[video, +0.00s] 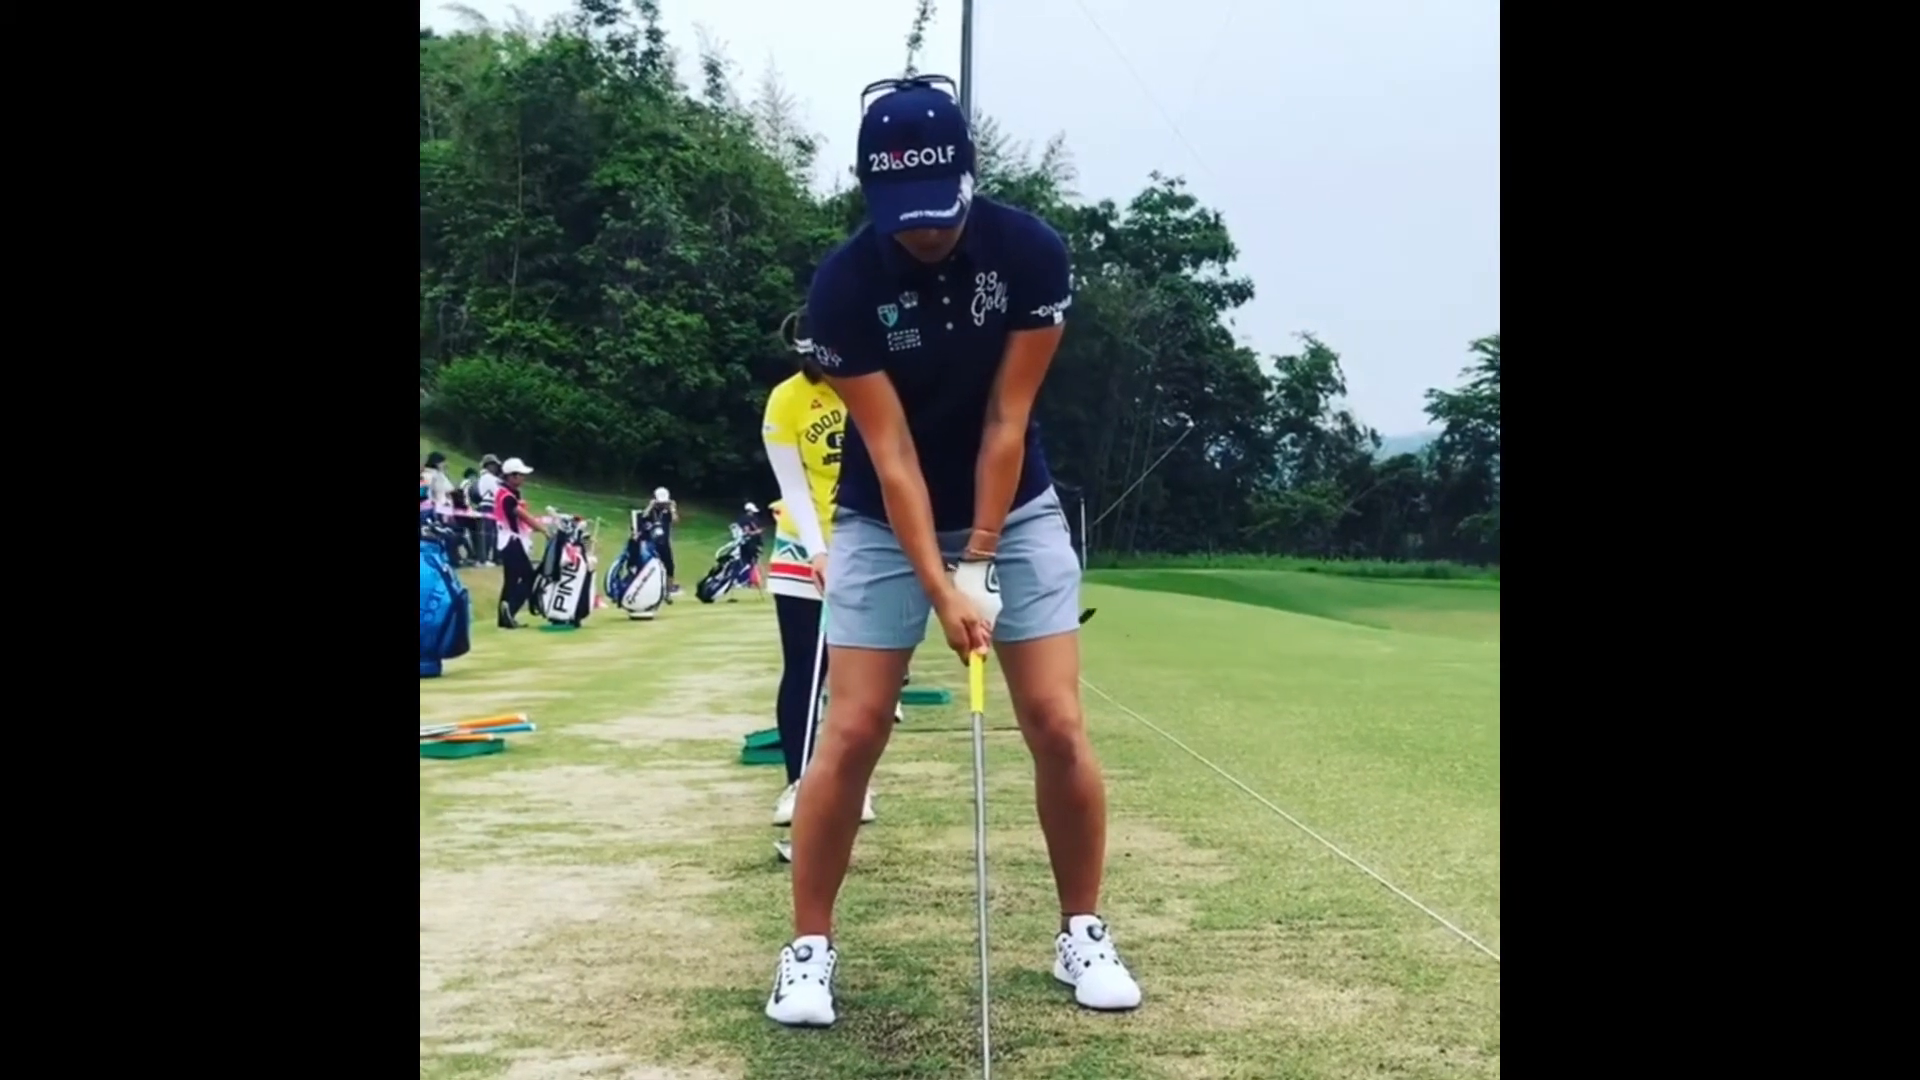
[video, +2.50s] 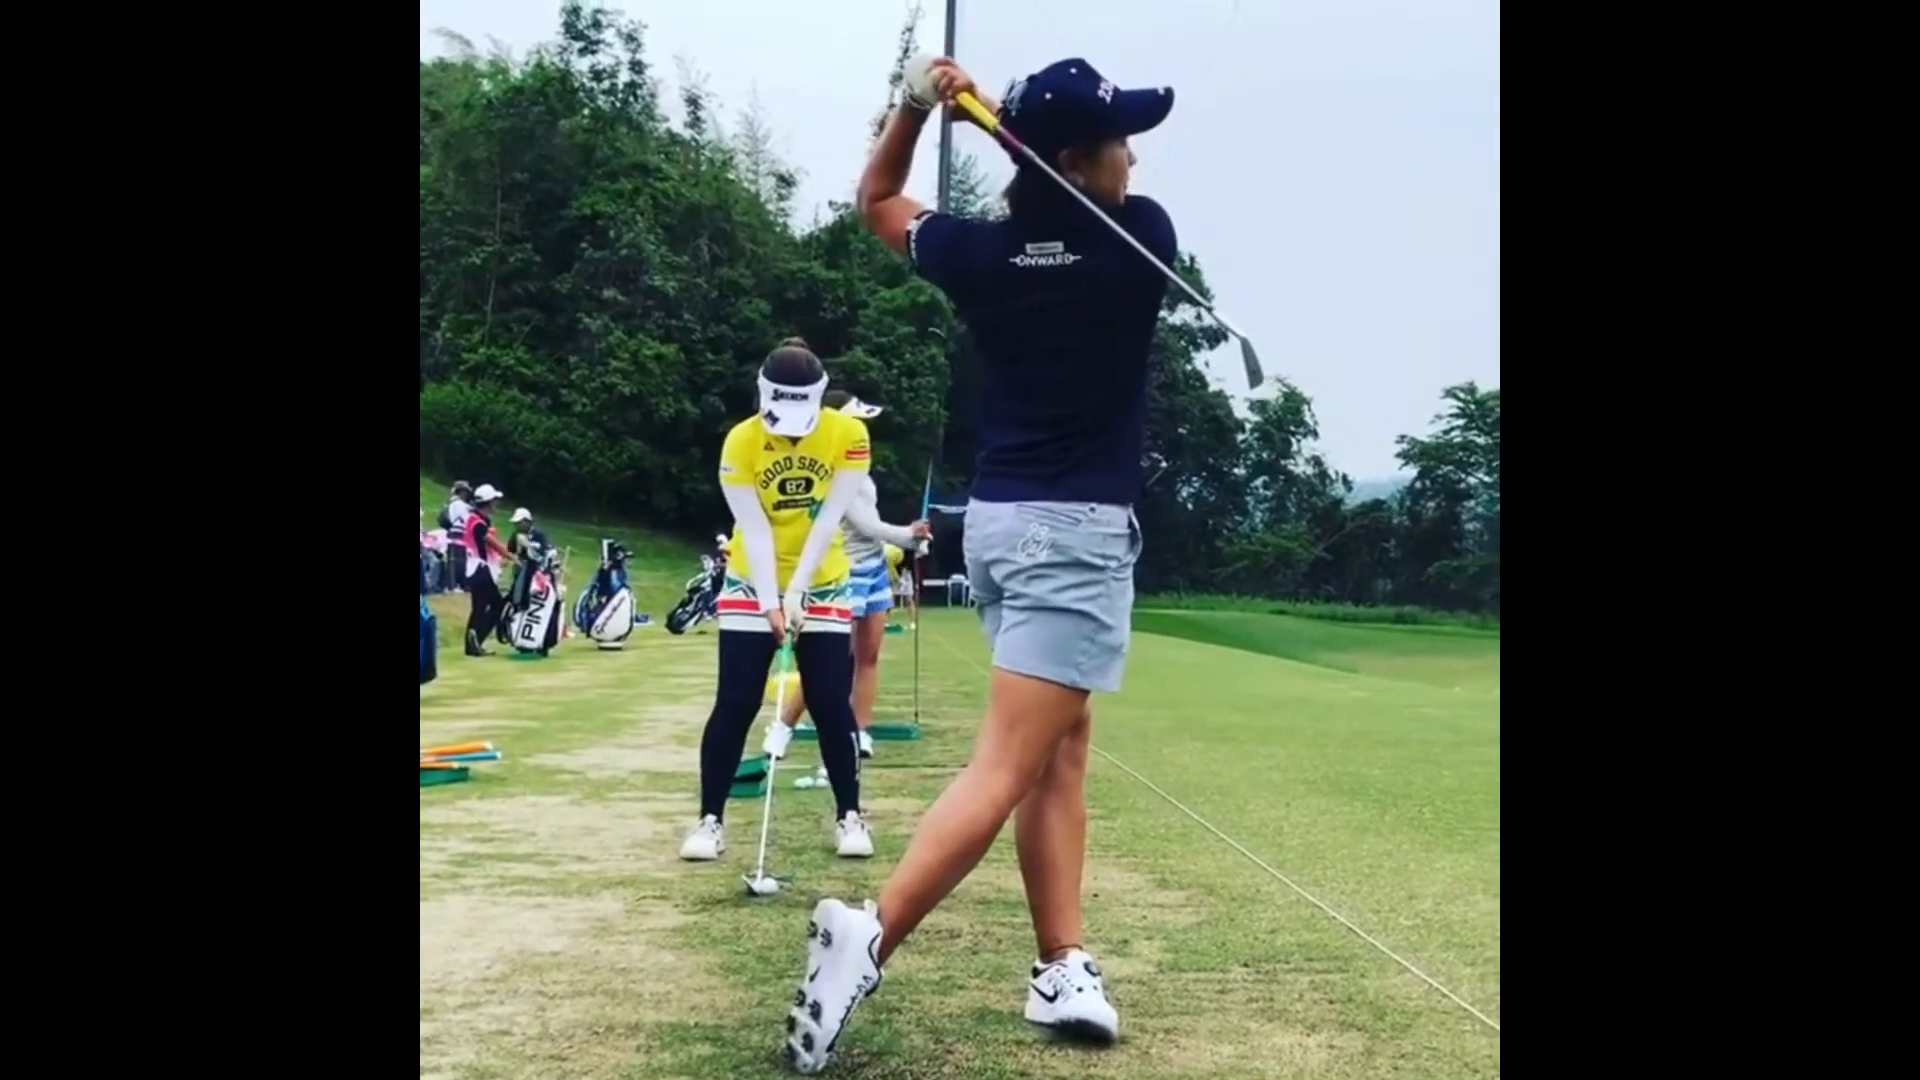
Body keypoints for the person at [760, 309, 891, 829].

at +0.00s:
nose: (824, 361)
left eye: (832, 350)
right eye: (816, 351)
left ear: (849, 346)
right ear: (804, 350)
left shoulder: (872, 394)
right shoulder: (787, 399)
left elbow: (883, 479)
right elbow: (792, 485)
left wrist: (872, 547)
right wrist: (816, 548)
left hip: (861, 557)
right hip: (801, 558)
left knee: (867, 683)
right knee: (805, 674)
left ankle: (858, 780)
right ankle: (800, 781)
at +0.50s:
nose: (848, 354)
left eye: (856, 344)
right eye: (839, 343)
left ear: (878, 344)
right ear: (829, 346)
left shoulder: (891, 399)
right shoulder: (805, 402)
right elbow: (806, 490)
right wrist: (827, 554)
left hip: (870, 568)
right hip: (811, 570)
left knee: (874, 692)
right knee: (815, 682)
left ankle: (864, 786)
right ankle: (810, 790)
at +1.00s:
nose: (836, 385)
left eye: (845, 377)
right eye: (825, 377)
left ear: (861, 372)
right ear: (808, 372)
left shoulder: (880, 402)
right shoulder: (786, 415)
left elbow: (893, 486)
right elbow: (794, 503)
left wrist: (859, 563)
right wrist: (810, 570)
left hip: (867, 555)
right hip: (800, 558)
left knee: (874, 692)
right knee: (789, 684)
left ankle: (876, 794)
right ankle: (768, 799)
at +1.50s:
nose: (830, 405)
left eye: (841, 394)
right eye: (820, 393)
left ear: (860, 376)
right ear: (805, 376)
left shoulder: (891, 416)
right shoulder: (785, 428)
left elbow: (885, 503)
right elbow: (792, 514)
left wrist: (845, 568)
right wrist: (803, 579)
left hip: (870, 570)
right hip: (798, 568)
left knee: (872, 698)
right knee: (780, 690)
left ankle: (886, 810)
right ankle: (754, 807)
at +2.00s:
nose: (794, 414)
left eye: (805, 403)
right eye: (785, 402)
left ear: (825, 388)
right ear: (769, 387)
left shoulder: (856, 424)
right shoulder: (747, 437)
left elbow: (843, 506)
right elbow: (759, 523)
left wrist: (807, 578)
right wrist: (769, 587)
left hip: (833, 575)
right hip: (758, 574)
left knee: (840, 696)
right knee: (747, 695)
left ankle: (859, 810)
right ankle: (722, 814)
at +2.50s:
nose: (788, 424)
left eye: (798, 414)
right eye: (778, 413)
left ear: (818, 397)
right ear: (763, 397)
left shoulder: (849, 434)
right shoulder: (740, 444)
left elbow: (833, 514)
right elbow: (754, 529)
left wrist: (797, 587)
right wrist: (769, 598)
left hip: (822, 585)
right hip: (750, 583)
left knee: (830, 701)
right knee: (735, 701)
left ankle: (849, 816)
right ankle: (710, 821)